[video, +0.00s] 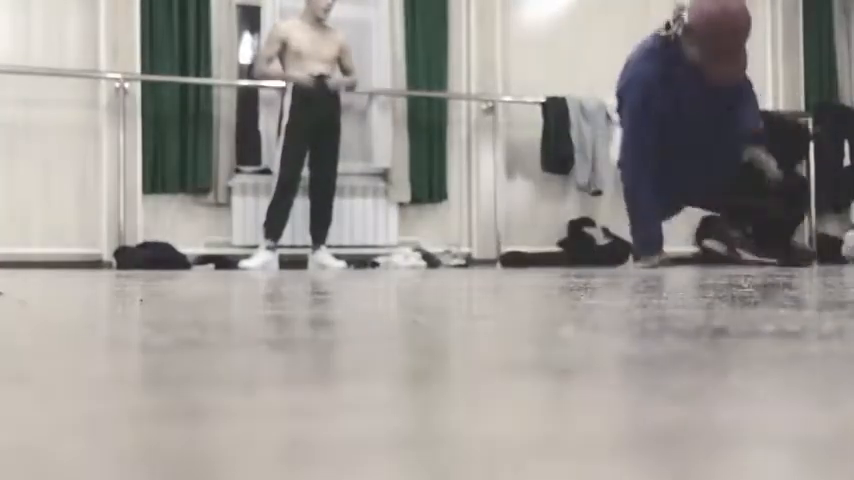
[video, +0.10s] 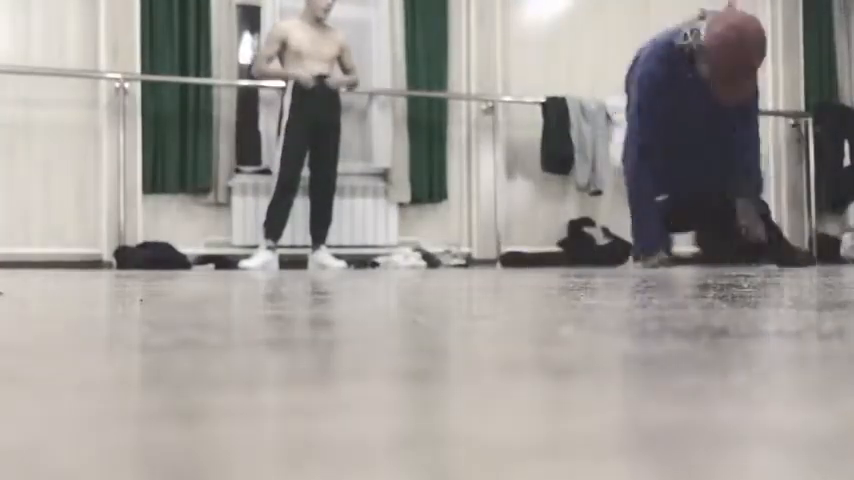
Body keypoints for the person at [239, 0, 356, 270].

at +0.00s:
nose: (329, 5)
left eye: (332, 2)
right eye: (324, 0)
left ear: (332, 6)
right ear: (310, 1)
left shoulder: (336, 38)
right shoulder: (284, 30)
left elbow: (353, 78)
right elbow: (261, 68)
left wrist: (336, 81)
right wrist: (296, 77)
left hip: (328, 108)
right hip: (299, 107)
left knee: (324, 180)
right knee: (288, 177)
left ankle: (319, 251)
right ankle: (269, 249)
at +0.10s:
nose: (329, 5)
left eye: (332, 2)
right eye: (324, 1)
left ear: (332, 6)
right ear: (310, 1)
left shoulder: (336, 37)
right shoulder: (284, 30)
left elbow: (354, 77)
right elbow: (260, 68)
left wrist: (339, 81)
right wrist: (294, 74)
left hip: (328, 105)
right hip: (298, 104)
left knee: (324, 179)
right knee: (288, 177)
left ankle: (319, 250)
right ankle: (269, 249)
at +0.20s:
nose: (328, 5)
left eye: (331, 2)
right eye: (324, 1)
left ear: (332, 6)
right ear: (310, 2)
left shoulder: (336, 37)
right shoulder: (284, 29)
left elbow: (354, 77)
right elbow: (260, 68)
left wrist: (338, 80)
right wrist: (294, 74)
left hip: (328, 105)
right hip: (298, 104)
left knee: (324, 179)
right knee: (288, 177)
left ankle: (319, 251)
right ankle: (269, 249)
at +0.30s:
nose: (328, 5)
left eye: (331, 2)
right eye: (323, 1)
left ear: (332, 6)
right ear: (309, 2)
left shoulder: (336, 37)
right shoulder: (284, 30)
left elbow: (356, 76)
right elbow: (259, 68)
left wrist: (339, 78)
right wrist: (294, 73)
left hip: (328, 105)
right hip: (298, 105)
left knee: (324, 179)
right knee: (288, 177)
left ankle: (319, 251)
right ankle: (268, 249)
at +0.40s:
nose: (328, 5)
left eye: (331, 2)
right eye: (323, 0)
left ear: (332, 6)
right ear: (309, 1)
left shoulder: (336, 37)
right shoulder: (285, 29)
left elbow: (357, 76)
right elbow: (259, 68)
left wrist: (342, 78)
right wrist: (295, 73)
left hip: (328, 104)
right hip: (298, 103)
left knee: (325, 179)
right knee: (289, 176)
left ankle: (319, 251)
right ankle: (268, 249)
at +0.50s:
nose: (328, 5)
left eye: (331, 2)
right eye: (323, 0)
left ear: (331, 6)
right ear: (309, 1)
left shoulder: (336, 37)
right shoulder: (284, 29)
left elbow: (357, 76)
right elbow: (261, 68)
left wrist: (342, 83)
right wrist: (296, 73)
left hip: (328, 106)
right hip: (298, 104)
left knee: (324, 180)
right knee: (288, 177)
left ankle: (319, 251)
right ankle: (268, 249)